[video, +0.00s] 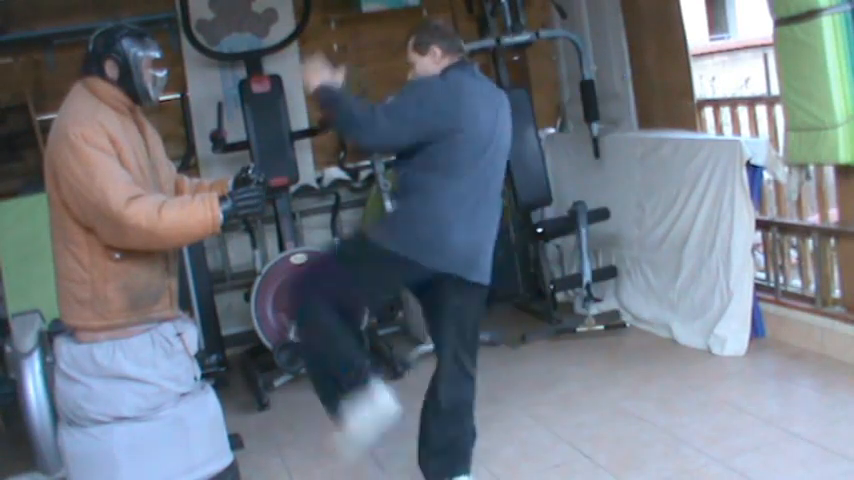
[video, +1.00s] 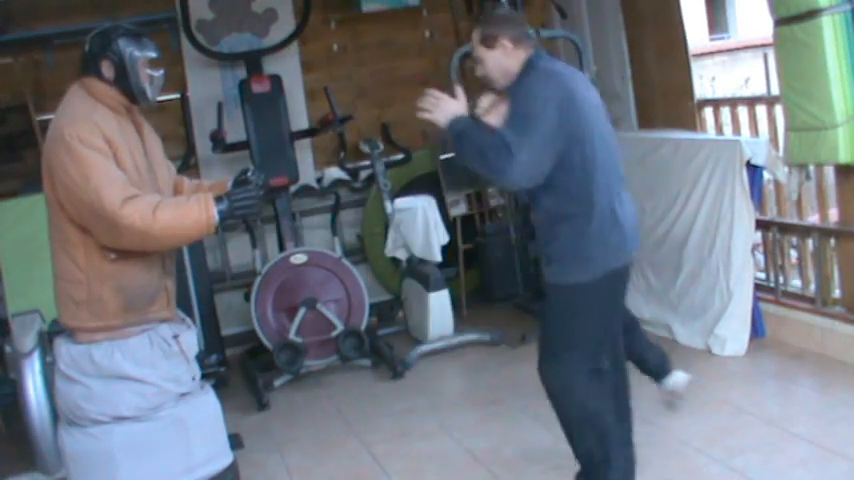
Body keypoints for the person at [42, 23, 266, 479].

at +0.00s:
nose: (154, 74)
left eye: (154, 63)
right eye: (144, 63)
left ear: (117, 68)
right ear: (111, 66)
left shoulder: (131, 117)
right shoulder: (80, 127)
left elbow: (169, 187)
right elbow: (125, 218)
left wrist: (229, 186)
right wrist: (219, 210)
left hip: (152, 318)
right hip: (108, 331)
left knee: (186, 450)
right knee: (131, 460)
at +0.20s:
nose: (152, 77)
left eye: (152, 66)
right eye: (142, 66)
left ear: (113, 69)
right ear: (107, 67)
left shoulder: (127, 117)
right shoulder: (75, 128)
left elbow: (170, 183)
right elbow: (120, 215)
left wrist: (227, 186)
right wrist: (211, 208)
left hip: (153, 308)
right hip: (110, 324)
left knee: (181, 439)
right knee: (134, 452)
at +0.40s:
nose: (157, 76)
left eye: (157, 66)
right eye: (147, 66)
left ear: (118, 70)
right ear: (112, 67)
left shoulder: (134, 120)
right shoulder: (77, 130)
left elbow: (170, 187)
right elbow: (125, 221)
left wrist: (226, 185)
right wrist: (218, 204)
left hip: (154, 319)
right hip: (108, 333)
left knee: (184, 450)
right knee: (128, 460)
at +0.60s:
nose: (149, 74)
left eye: (149, 63)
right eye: (139, 64)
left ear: (112, 68)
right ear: (106, 65)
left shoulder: (130, 119)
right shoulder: (75, 129)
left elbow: (169, 188)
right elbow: (121, 219)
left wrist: (225, 190)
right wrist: (212, 215)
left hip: (152, 316)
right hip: (106, 329)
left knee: (183, 446)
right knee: (130, 457)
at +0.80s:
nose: (155, 75)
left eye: (155, 65)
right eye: (145, 65)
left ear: (119, 68)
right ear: (113, 66)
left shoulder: (135, 120)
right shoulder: (78, 131)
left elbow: (173, 188)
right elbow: (127, 220)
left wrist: (231, 185)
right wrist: (217, 209)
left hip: (154, 318)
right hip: (108, 331)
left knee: (184, 448)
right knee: (130, 459)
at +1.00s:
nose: (152, 73)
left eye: (151, 62)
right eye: (141, 63)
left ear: (113, 68)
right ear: (107, 66)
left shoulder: (131, 119)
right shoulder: (75, 129)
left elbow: (170, 188)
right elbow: (123, 220)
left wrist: (228, 187)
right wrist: (214, 211)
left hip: (152, 318)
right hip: (107, 332)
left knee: (186, 449)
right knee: (130, 460)